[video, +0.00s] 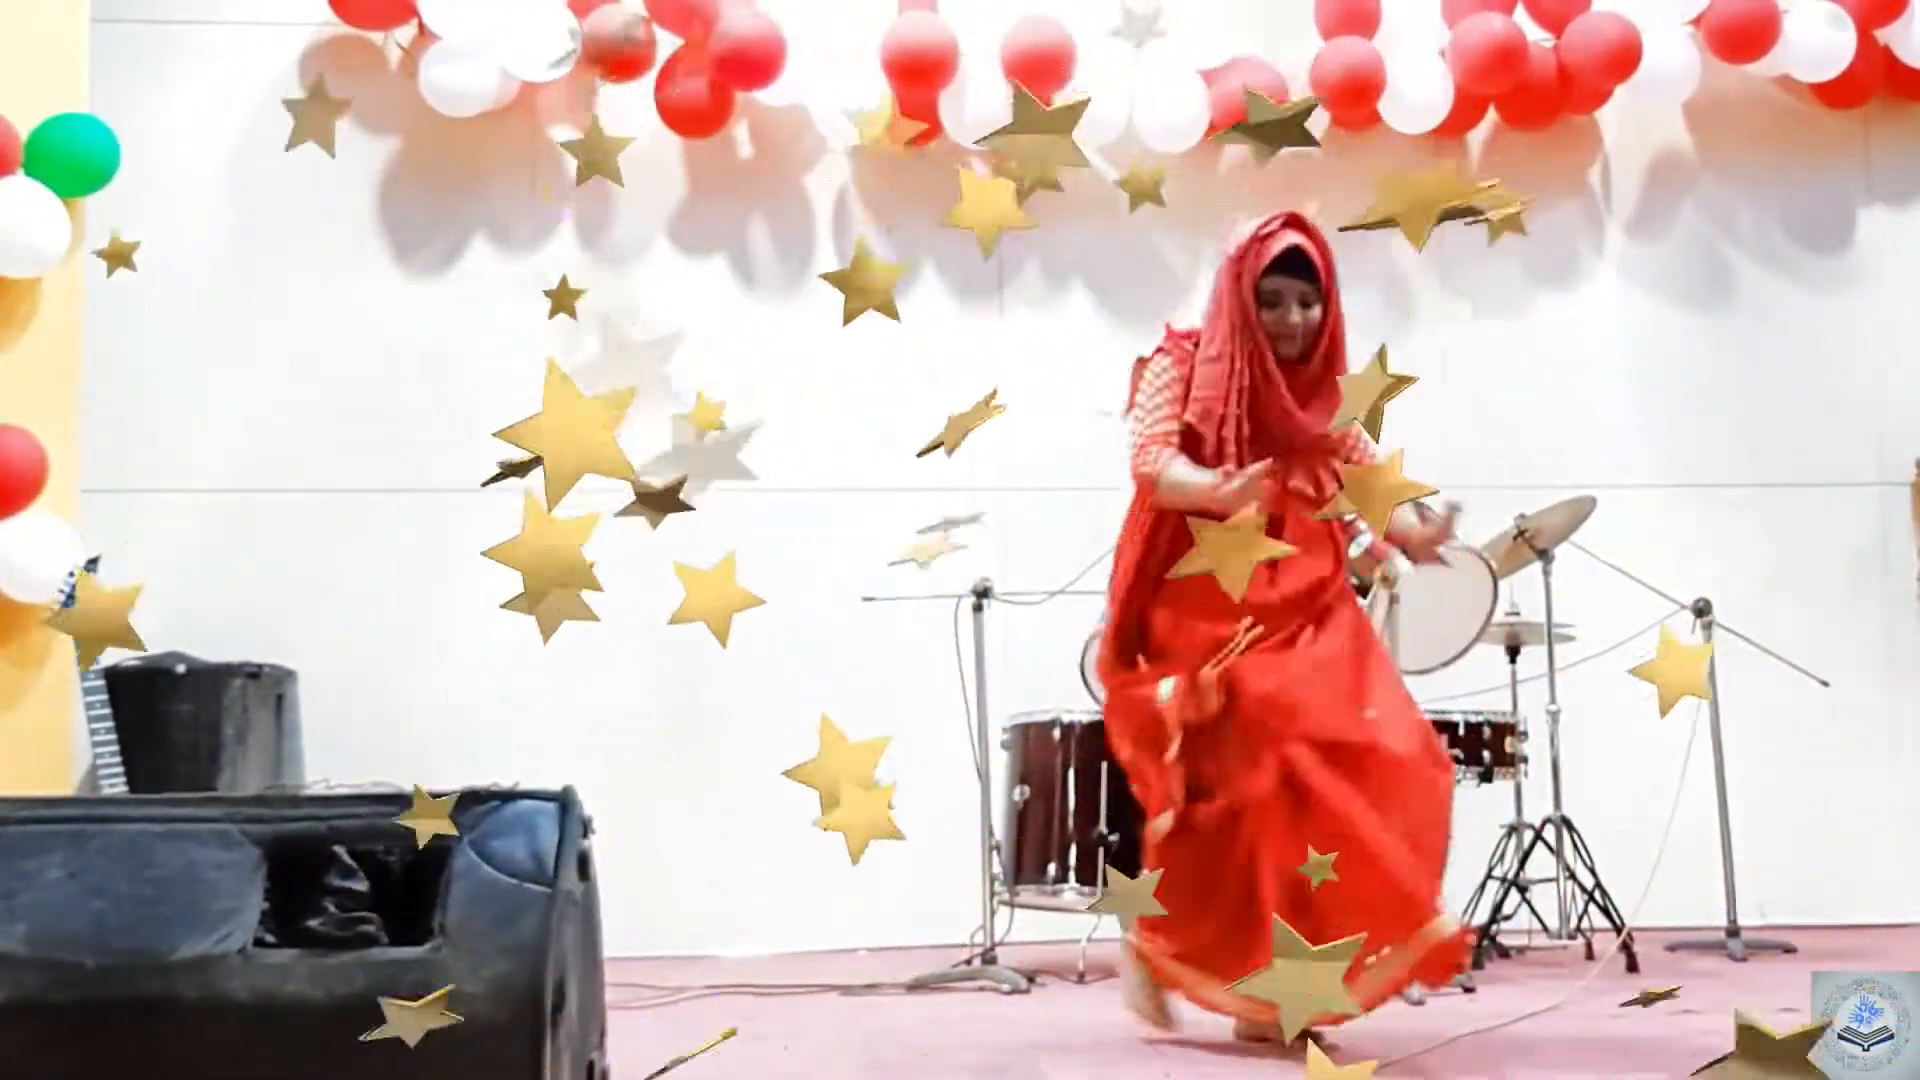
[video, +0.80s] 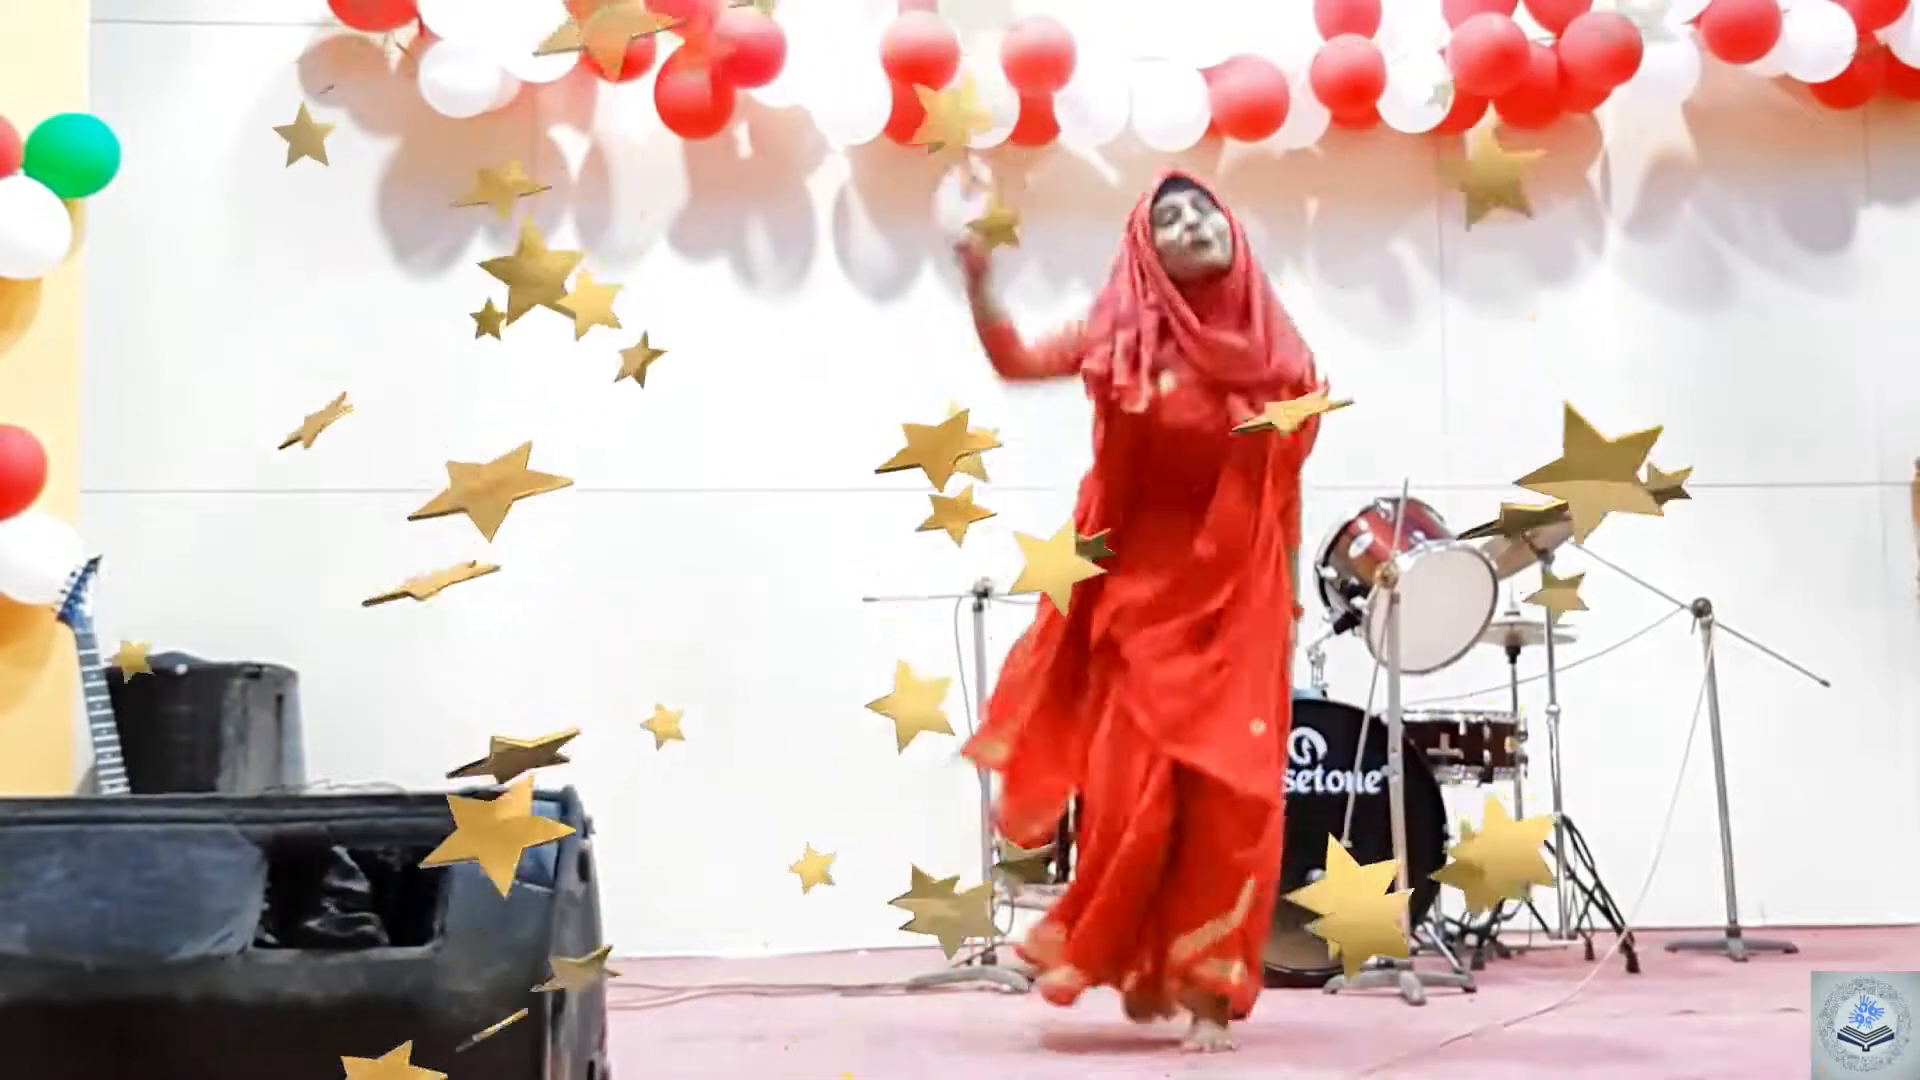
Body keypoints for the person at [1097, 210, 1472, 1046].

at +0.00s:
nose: (1292, 319)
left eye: (1305, 302)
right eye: (1273, 301)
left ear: (1324, 307)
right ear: (1240, 302)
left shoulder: (1329, 386)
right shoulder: (1184, 361)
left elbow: (1373, 489)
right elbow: (1153, 462)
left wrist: (1414, 529)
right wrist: (1216, 491)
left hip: (1310, 608)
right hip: (1205, 613)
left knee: (1373, 766)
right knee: (1256, 776)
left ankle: (1294, 996)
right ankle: (1153, 943)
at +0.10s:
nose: (1274, 309)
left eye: (1289, 291)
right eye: (1255, 290)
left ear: (1308, 298)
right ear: (1222, 290)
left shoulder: (1304, 380)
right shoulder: (1164, 352)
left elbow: (1367, 484)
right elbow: (1110, 453)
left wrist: (1439, 549)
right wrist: (1125, 507)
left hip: (1277, 598)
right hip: (1173, 598)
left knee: (1353, 752)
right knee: (1204, 775)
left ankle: (1308, 975)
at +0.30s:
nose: (1223, 347)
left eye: (1238, 330)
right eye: (1206, 330)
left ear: (1260, 336)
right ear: (1178, 331)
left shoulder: (1270, 425)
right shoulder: (1124, 403)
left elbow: (1350, 516)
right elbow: (1050, 504)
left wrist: (1450, 526)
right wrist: (998, 546)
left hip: (1219, 656)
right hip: (1111, 662)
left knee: (1267, 792)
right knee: (1118, 833)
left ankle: (1266, 986)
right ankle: (1126, 1002)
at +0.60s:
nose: (1199, 268)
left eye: (1213, 252)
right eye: (1179, 256)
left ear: (1238, 266)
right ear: (1148, 274)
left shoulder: (1261, 376)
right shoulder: (1109, 360)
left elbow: (1307, 468)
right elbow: (1037, 460)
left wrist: (1358, 519)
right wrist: (966, 457)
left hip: (1210, 601)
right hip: (1104, 598)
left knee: (1205, 782)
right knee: (1088, 785)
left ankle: (1208, 987)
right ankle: (1056, 966)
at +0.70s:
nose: (1199, 271)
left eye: (1210, 255)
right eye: (1178, 261)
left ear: (1235, 264)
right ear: (1153, 280)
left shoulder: (1268, 381)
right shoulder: (1117, 368)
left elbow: (1278, 508)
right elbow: (1064, 465)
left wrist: (1296, 606)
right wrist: (1000, 449)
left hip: (1227, 602)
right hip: (1128, 599)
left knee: (1219, 789)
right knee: (1118, 783)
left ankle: (1211, 997)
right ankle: (1048, 943)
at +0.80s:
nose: (1189, 227)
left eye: (1201, 213)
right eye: (1169, 221)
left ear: (1232, 231)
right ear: (1146, 251)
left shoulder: (1276, 354)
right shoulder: (1118, 337)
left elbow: (1285, 479)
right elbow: (1015, 360)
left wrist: (1280, 434)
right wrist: (979, 279)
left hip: (1237, 590)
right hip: (1137, 587)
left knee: (1235, 784)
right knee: (1139, 782)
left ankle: (1212, 989)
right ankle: (1110, 957)